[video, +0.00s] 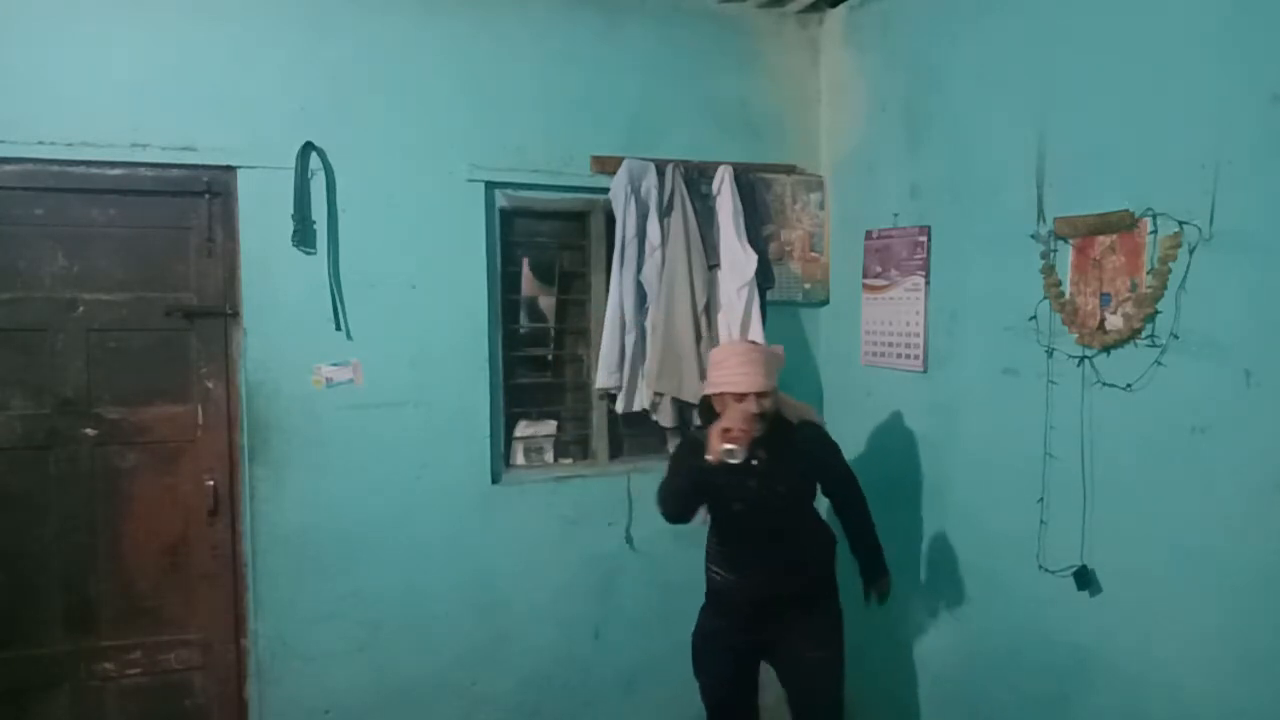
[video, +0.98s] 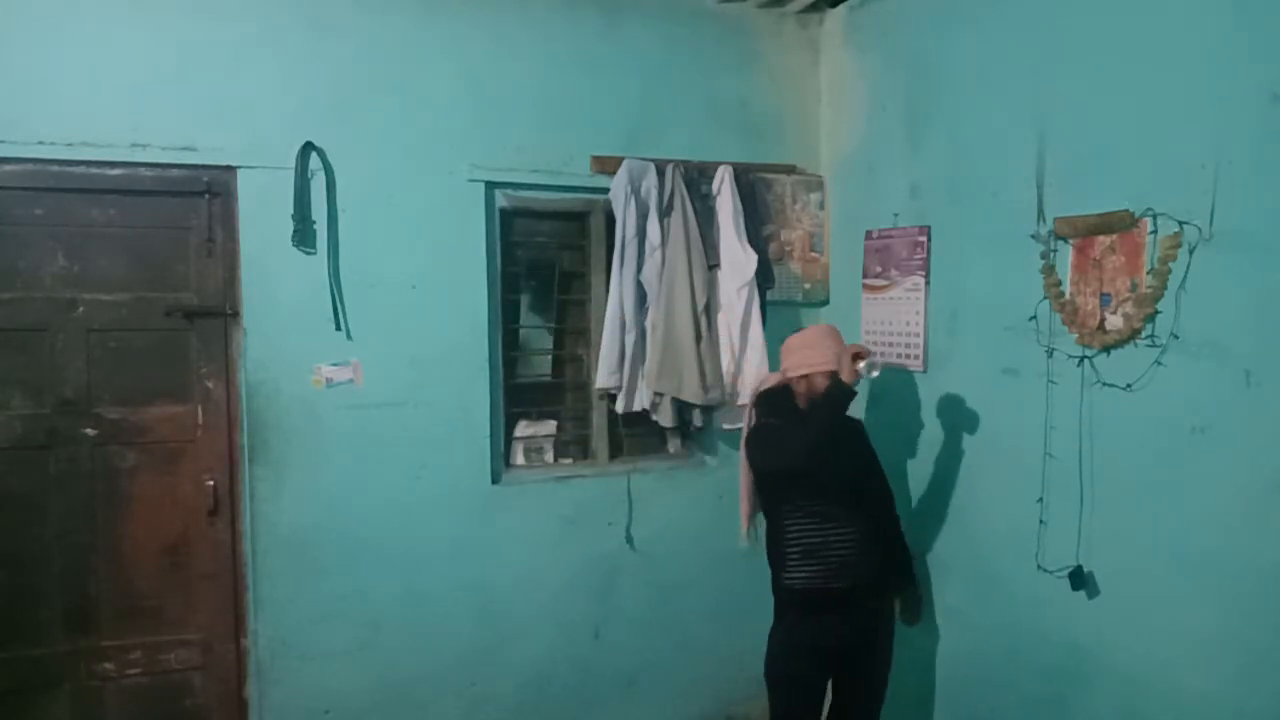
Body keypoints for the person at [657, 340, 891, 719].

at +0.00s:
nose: (754, 408)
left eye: (762, 396)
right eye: (740, 398)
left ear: (774, 393)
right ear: (716, 399)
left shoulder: (806, 439)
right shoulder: (697, 446)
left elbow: (849, 501)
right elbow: (674, 510)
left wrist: (874, 568)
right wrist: (710, 459)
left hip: (806, 601)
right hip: (731, 602)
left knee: (820, 709)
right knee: (727, 710)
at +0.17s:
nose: (785, 406)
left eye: (791, 395)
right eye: (772, 397)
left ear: (801, 392)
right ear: (748, 398)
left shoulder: (824, 433)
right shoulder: (726, 441)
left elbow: (858, 508)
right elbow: (720, 499)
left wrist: (875, 580)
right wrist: (768, 448)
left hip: (820, 602)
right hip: (748, 602)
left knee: (831, 707)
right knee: (725, 674)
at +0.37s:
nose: (818, 394)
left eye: (821, 386)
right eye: (808, 385)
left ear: (820, 386)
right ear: (778, 386)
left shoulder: (831, 429)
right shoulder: (750, 434)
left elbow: (861, 507)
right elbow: (758, 478)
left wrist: (887, 582)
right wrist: (823, 405)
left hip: (839, 606)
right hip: (771, 605)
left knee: (846, 709)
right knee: (751, 704)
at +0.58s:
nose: (831, 373)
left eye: (833, 363)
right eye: (817, 364)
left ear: (839, 366)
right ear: (786, 372)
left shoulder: (838, 422)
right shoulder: (764, 418)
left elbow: (866, 508)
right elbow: (781, 460)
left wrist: (883, 582)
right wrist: (846, 388)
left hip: (849, 598)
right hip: (787, 601)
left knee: (850, 707)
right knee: (788, 708)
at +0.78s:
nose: (833, 383)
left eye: (837, 374)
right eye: (822, 375)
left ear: (843, 375)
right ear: (792, 375)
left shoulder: (842, 422)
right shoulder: (770, 419)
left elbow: (868, 505)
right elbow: (791, 452)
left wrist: (888, 578)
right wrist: (855, 387)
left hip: (857, 606)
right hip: (793, 609)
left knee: (855, 710)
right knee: (784, 710)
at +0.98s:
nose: (838, 383)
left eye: (840, 375)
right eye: (830, 375)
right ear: (800, 379)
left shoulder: (851, 431)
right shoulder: (769, 435)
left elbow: (883, 511)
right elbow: (797, 456)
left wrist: (905, 583)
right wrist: (845, 388)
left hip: (865, 607)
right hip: (802, 609)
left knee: (859, 710)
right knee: (795, 711)